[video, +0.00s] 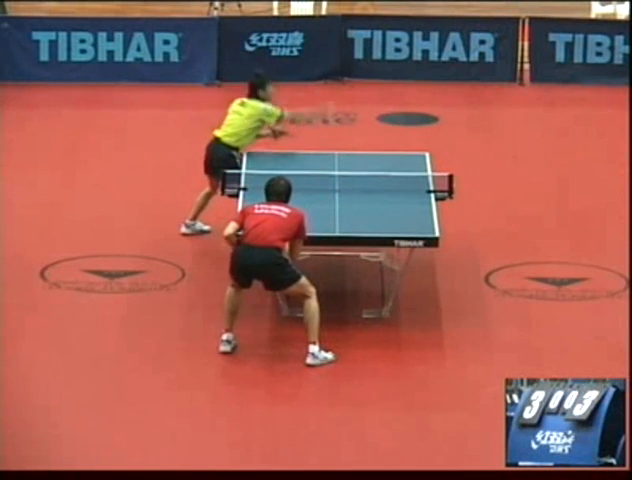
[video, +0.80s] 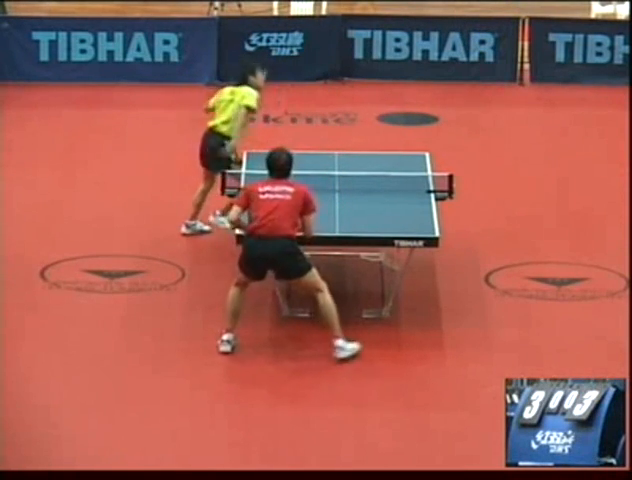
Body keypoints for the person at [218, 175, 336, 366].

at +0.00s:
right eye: (286, 194)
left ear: (266, 195)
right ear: (288, 196)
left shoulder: (250, 209)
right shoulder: (296, 216)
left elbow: (228, 233)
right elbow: (294, 254)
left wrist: (240, 247)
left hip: (243, 252)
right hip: (271, 255)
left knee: (235, 287)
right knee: (310, 294)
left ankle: (227, 335)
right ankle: (314, 349)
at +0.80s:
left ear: (268, 168)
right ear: (290, 169)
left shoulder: (253, 189)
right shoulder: (301, 192)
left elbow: (233, 218)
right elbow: (308, 233)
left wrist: (249, 229)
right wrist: (290, 233)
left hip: (255, 244)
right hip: (285, 246)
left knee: (240, 285)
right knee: (320, 289)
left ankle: (228, 336)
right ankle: (340, 342)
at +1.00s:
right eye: (304, 165)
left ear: (286, 169)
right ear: (308, 169)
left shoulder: (272, 190)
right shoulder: (321, 194)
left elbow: (252, 220)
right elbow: (332, 232)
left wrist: (270, 228)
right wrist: (316, 228)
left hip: (272, 245)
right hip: (302, 247)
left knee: (246, 285)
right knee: (335, 291)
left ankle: (228, 336)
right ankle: (350, 344)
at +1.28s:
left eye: (309, 168)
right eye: (317, 169)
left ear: (301, 172)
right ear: (322, 174)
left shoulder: (285, 194)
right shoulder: (333, 198)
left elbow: (255, 213)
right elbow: (356, 228)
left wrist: (250, 214)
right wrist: (338, 220)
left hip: (288, 254)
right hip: (319, 256)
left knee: (249, 294)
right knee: (353, 282)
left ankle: (237, 345)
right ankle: (369, 331)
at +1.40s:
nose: (332, 176)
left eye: (328, 172)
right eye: (341, 173)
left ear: (323, 174)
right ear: (345, 176)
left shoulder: (310, 193)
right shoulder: (354, 201)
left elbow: (279, 201)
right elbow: (377, 225)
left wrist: (248, 203)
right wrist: (357, 214)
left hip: (304, 255)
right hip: (334, 257)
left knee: (262, 294)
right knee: (367, 285)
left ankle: (238, 345)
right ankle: (398, 324)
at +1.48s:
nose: (347, 180)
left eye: (343, 176)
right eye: (356, 176)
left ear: (340, 179)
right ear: (362, 180)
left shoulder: (331, 197)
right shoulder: (373, 206)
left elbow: (300, 202)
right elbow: (395, 224)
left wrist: (268, 205)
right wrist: (382, 215)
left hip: (322, 256)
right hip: (351, 260)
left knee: (279, 298)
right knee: (378, 285)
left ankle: (243, 344)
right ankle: (404, 327)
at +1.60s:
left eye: (363, 184)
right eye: (382, 183)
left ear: (361, 185)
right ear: (383, 188)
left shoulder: (356, 200)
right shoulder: (391, 215)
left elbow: (337, 211)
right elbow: (401, 217)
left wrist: (303, 219)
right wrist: (399, 200)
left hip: (339, 256)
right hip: (367, 261)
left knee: (293, 298)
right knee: (388, 280)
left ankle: (262, 344)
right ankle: (405, 326)